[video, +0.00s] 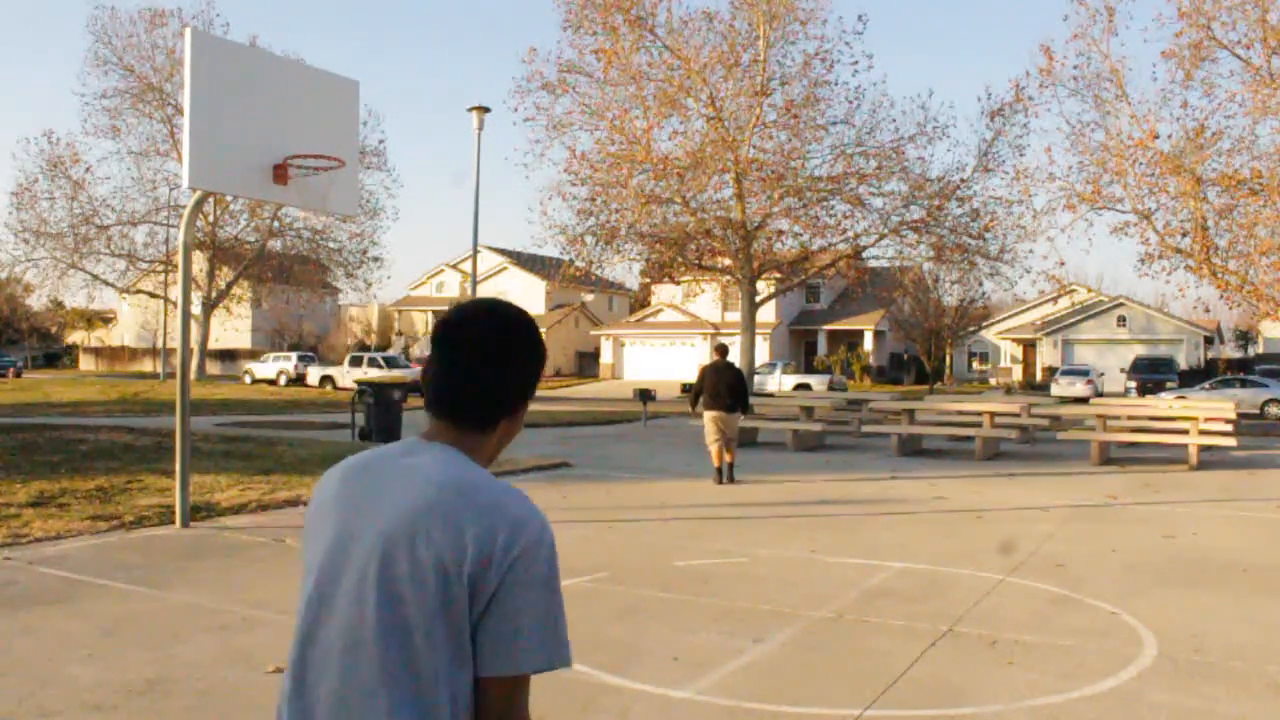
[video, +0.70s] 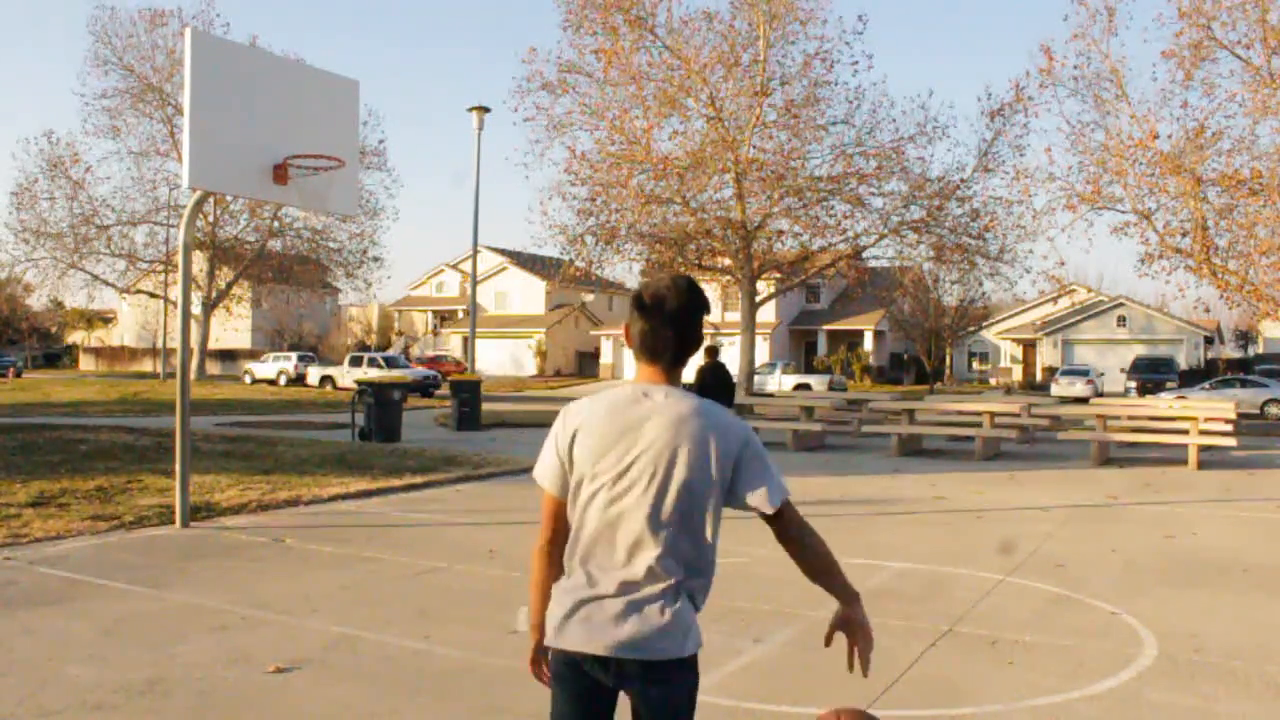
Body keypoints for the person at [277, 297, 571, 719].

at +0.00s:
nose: (527, 412)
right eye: (529, 398)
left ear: (426, 377)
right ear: (520, 407)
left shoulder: (337, 481)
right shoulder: (507, 522)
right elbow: (503, 707)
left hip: (306, 709)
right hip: (427, 712)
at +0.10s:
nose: (565, 384)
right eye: (568, 371)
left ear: (469, 359)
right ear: (560, 380)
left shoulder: (375, 456)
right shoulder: (546, 489)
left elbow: (346, 621)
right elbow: (539, 675)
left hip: (358, 706)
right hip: (477, 709)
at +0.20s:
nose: (597, 363)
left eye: (597, 346)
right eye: (599, 348)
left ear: (507, 338)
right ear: (588, 357)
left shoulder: (417, 432)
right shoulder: (574, 454)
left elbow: (376, 585)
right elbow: (560, 631)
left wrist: (395, 684)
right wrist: (651, 697)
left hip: (399, 696)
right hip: (503, 700)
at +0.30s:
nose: (614, 364)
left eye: (614, 348)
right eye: (616, 350)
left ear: (531, 342)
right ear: (607, 357)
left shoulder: (451, 438)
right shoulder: (589, 444)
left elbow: (405, 584)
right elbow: (591, 599)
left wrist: (411, 696)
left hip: (441, 696)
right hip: (540, 696)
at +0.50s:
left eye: (581, 344)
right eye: (653, 354)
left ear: (580, 359)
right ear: (653, 365)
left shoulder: (526, 440)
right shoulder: (654, 450)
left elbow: (488, 558)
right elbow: (792, 501)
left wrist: (480, 667)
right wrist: (910, 479)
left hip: (499, 684)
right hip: (590, 692)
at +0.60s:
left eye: (610, 332)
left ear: (610, 342)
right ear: (682, 347)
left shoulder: (557, 417)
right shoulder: (694, 435)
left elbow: (519, 528)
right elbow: (807, 511)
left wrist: (515, 627)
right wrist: (901, 517)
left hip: (531, 660)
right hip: (616, 667)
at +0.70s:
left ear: (627, 337)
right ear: (696, 344)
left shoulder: (577, 418)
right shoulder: (721, 428)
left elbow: (550, 540)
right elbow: (789, 528)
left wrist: (538, 630)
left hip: (574, 638)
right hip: (662, 646)